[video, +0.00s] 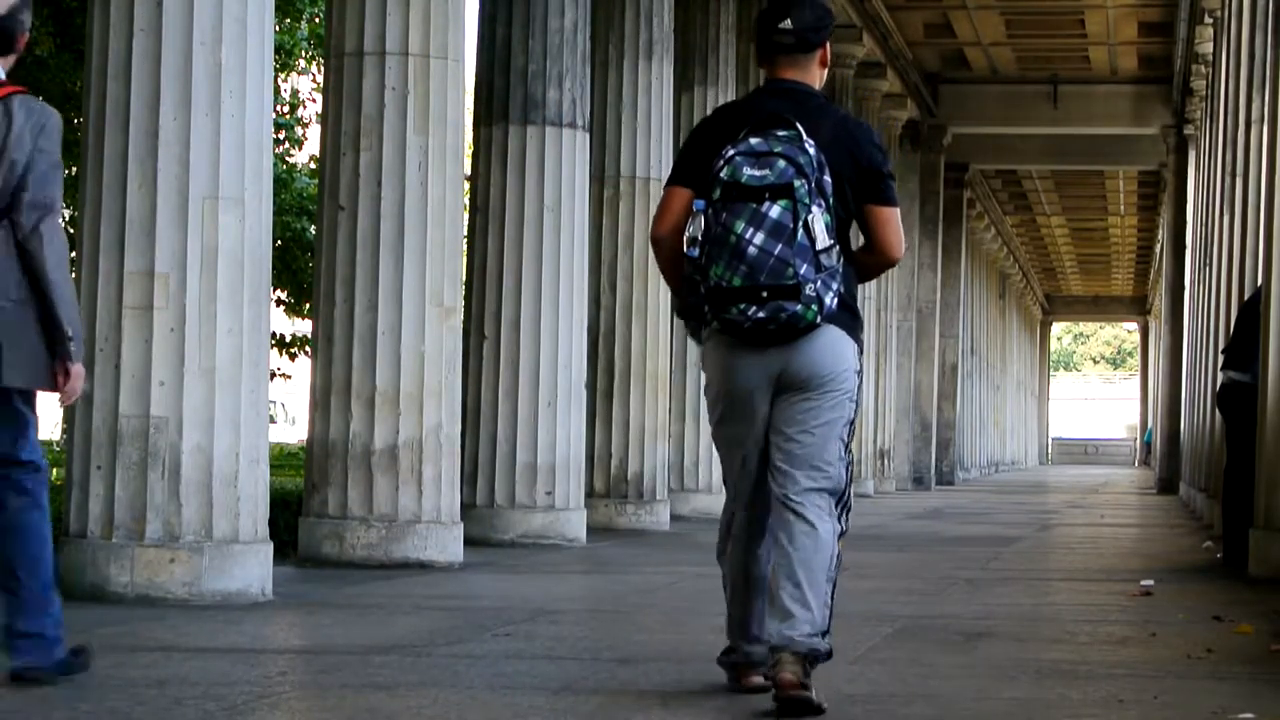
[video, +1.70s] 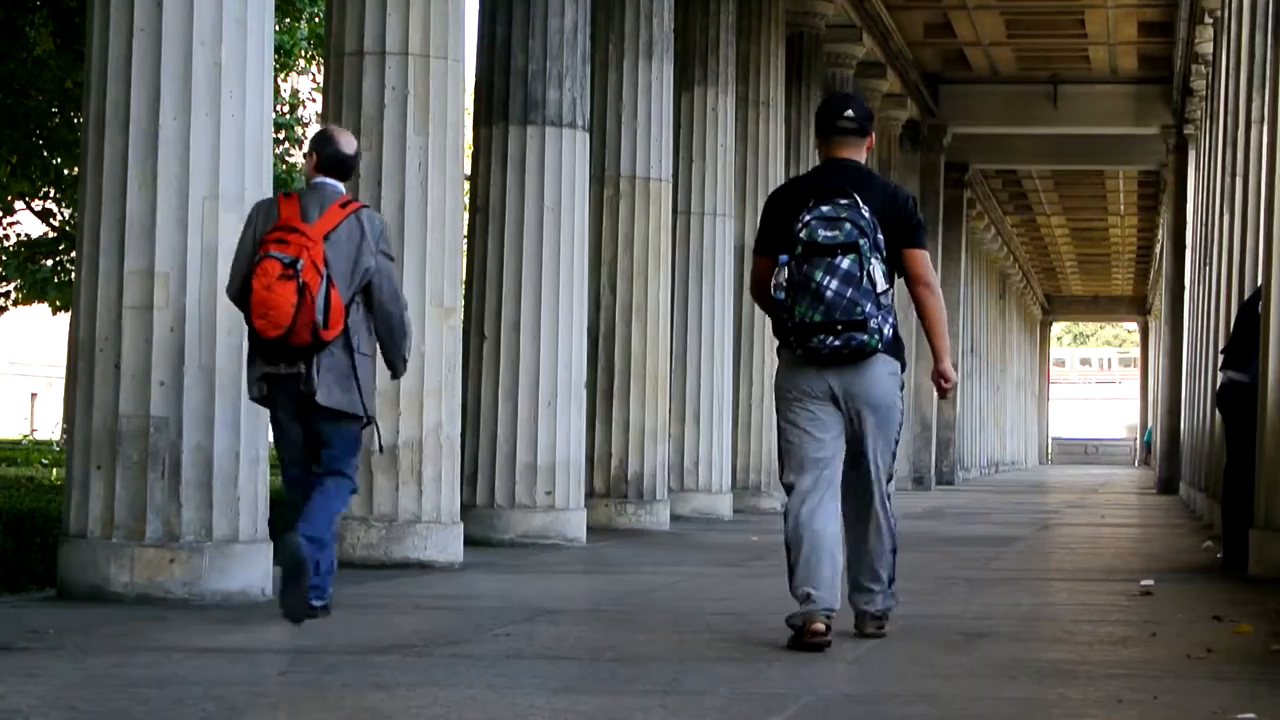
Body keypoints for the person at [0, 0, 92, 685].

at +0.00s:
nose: (26, 40)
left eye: (19, 29)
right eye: (27, 30)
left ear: (2, 45)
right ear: (20, 43)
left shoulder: (28, 119)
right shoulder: (27, 118)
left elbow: (39, 229)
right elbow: (38, 231)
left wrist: (64, 340)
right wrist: (68, 339)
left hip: (12, 339)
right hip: (7, 338)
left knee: (21, 480)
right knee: (20, 479)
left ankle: (35, 644)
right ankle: (34, 646)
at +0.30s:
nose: (119, 72)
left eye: (112, 63)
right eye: (119, 66)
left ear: (57, 68)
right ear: (113, 75)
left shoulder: (19, 130)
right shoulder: (117, 147)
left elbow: (10, 230)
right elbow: (132, 255)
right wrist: (160, 355)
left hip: (17, 339)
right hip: (90, 345)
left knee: (20, 476)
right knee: (95, 496)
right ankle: (76, 645)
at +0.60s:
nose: (179, 102)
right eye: (180, 94)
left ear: (120, 96)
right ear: (174, 104)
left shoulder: (64, 154)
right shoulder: (186, 169)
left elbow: (28, 246)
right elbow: (217, 260)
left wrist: (49, 312)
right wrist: (233, 319)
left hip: (73, 337)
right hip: (142, 342)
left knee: (122, 480)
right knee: (115, 483)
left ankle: (145, 616)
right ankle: (80, 630)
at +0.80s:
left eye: (154, 96)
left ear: (155, 104)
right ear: (209, 115)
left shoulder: (103, 162)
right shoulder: (223, 175)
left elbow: (76, 250)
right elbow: (247, 272)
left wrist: (95, 330)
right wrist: (264, 349)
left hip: (115, 347)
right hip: (185, 350)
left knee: (142, 481)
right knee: (204, 465)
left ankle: (154, 619)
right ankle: (155, 564)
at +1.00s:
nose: (193, 109)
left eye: (196, 103)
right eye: (202, 103)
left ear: (198, 116)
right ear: (246, 130)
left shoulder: (148, 169)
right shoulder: (262, 187)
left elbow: (112, 252)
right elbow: (266, 276)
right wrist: (281, 363)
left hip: (159, 350)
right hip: (229, 355)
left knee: (163, 476)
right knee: (239, 483)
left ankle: (153, 617)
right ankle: (258, 604)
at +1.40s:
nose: (262, 131)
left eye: (265, 125)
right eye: (273, 124)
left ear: (269, 132)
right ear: (313, 144)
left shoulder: (224, 182)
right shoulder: (333, 200)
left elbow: (193, 262)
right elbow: (353, 288)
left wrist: (229, 310)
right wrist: (365, 356)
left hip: (239, 348)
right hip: (299, 352)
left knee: (250, 460)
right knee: (281, 478)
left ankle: (237, 586)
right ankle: (265, 606)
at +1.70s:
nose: (302, 160)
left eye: (306, 154)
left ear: (309, 163)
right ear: (351, 173)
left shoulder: (266, 212)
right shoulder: (364, 223)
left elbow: (237, 287)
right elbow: (387, 300)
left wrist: (275, 325)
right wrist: (398, 354)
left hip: (278, 368)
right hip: (337, 369)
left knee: (299, 478)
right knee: (338, 474)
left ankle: (315, 595)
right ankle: (302, 545)